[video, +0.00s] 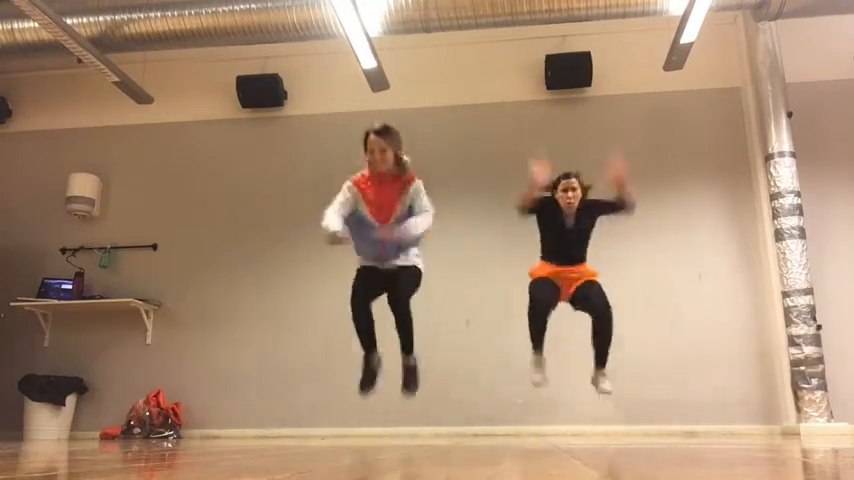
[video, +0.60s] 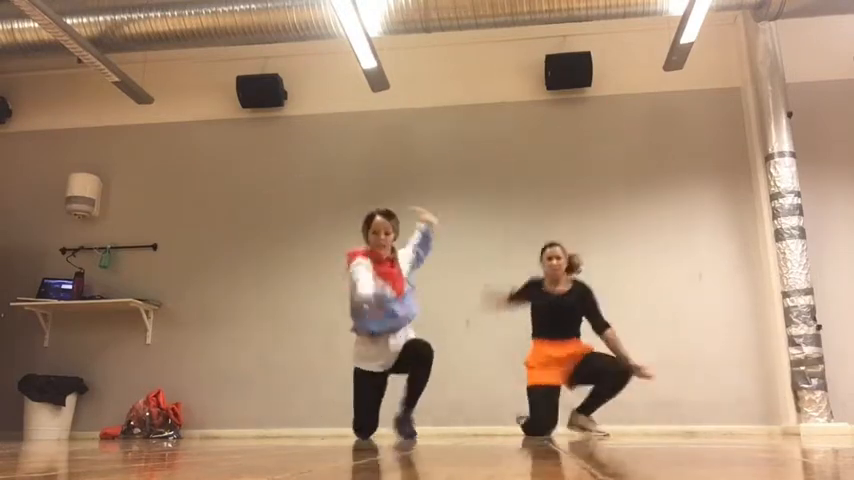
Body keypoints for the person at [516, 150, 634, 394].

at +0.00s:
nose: (569, 195)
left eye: (574, 190)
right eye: (564, 190)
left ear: (582, 193)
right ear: (556, 193)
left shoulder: (590, 208)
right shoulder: (545, 206)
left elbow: (625, 206)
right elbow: (523, 207)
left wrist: (621, 184)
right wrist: (534, 189)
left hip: (579, 279)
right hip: (548, 277)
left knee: (602, 310)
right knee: (539, 301)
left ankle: (600, 372)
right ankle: (537, 357)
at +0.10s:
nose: (567, 195)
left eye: (571, 190)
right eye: (562, 191)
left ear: (579, 194)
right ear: (554, 195)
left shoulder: (589, 221)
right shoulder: (545, 220)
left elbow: (599, 259)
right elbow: (544, 256)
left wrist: (601, 247)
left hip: (577, 285)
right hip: (547, 286)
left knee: (593, 337)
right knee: (547, 339)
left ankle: (595, 399)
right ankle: (540, 390)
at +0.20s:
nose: (564, 209)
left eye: (568, 205)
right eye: (559, 205)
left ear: (576, 212)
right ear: (551, 213)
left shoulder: (588, 241)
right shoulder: (543, 241)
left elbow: (595, 279)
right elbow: (544, 278)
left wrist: (595, 275)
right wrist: (564, 286)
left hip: (578, 308)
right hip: (547, 309)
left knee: (591, 361)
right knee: (542, 367)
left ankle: (592, 420)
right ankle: (531, 419)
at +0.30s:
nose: (556, 220)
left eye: (561, 215)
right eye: (551, 217)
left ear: (570, 221)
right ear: (545, 225)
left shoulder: (586, 248)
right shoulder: (538, 247)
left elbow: (610, 279)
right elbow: (545, 254)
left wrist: (633, 302)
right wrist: (553, 212)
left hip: (579, 314)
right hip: (546, 314)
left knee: (592, 362)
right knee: (517, 356)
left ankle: (592, 421)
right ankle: (523, 406)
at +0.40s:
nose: (557, 233)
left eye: (561, 229)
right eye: (552, 231)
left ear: (570, 235)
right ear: (547, 239)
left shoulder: (587, 262)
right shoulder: (541, 251)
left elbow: (618, 292)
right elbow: (517, 222)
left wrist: (646, 321)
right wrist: (504, 190)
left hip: (577, 326)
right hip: (545, 325)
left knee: (594, 363)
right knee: (517, 365)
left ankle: (586, 419)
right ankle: (524, 393)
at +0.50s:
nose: (560, 247)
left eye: (564, 242)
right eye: (555, 243)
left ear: (574, 247)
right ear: (550, 249)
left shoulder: (588, 274)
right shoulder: (544, 264)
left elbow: (610, 312)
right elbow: (519, 252)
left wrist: (633, 345)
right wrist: (505, 233)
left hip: (573, 339)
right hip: (543, 338)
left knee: (605, 368)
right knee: (533, 397)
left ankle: (580, 419)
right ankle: (527, 420)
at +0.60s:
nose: (554, 262)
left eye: (558, 258)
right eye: (549, 258)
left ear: (567, 262)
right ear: (542, 264)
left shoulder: (580, 292)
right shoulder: (534, 288)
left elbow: (603, 329)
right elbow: (514, 299)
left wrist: (629, 363)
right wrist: (500, 301)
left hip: (574, 359)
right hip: (543, 362)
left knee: (619, 371)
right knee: (543, 427)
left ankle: (581, 416)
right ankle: (525, 425)